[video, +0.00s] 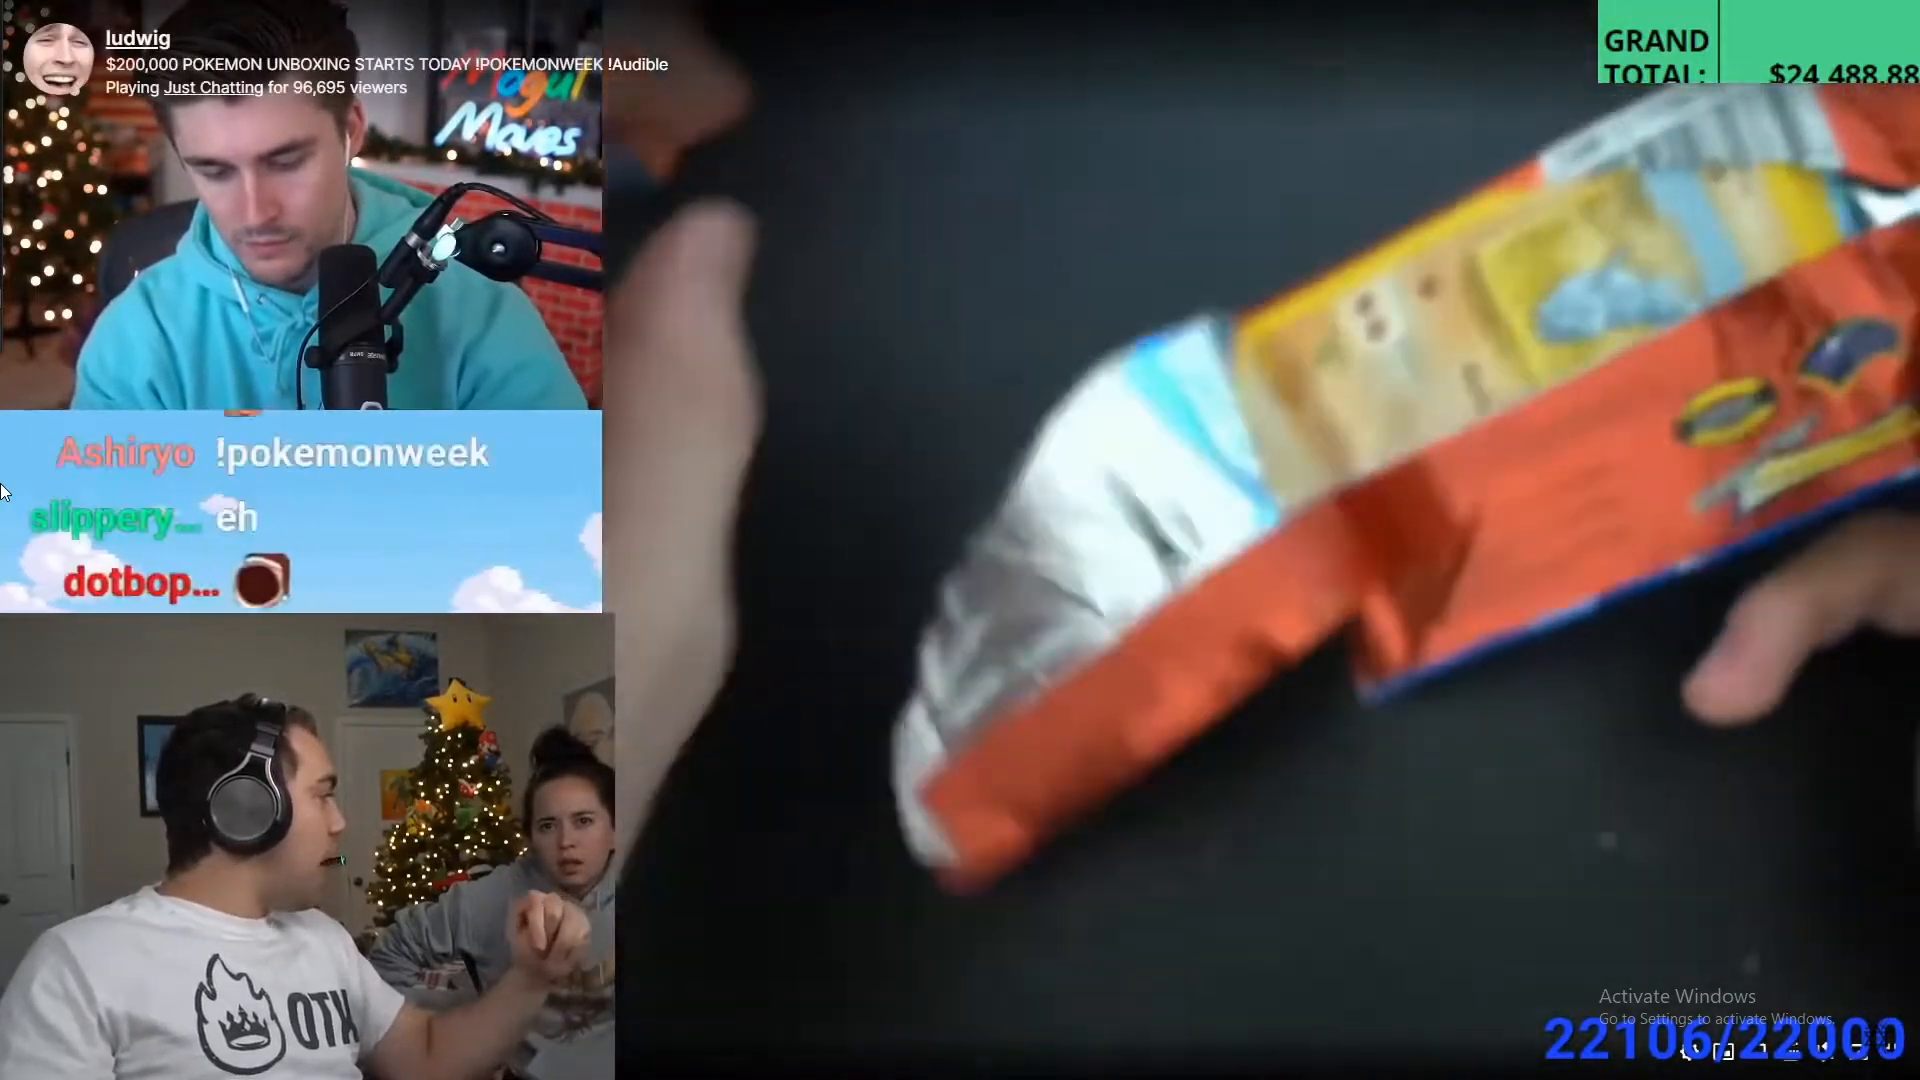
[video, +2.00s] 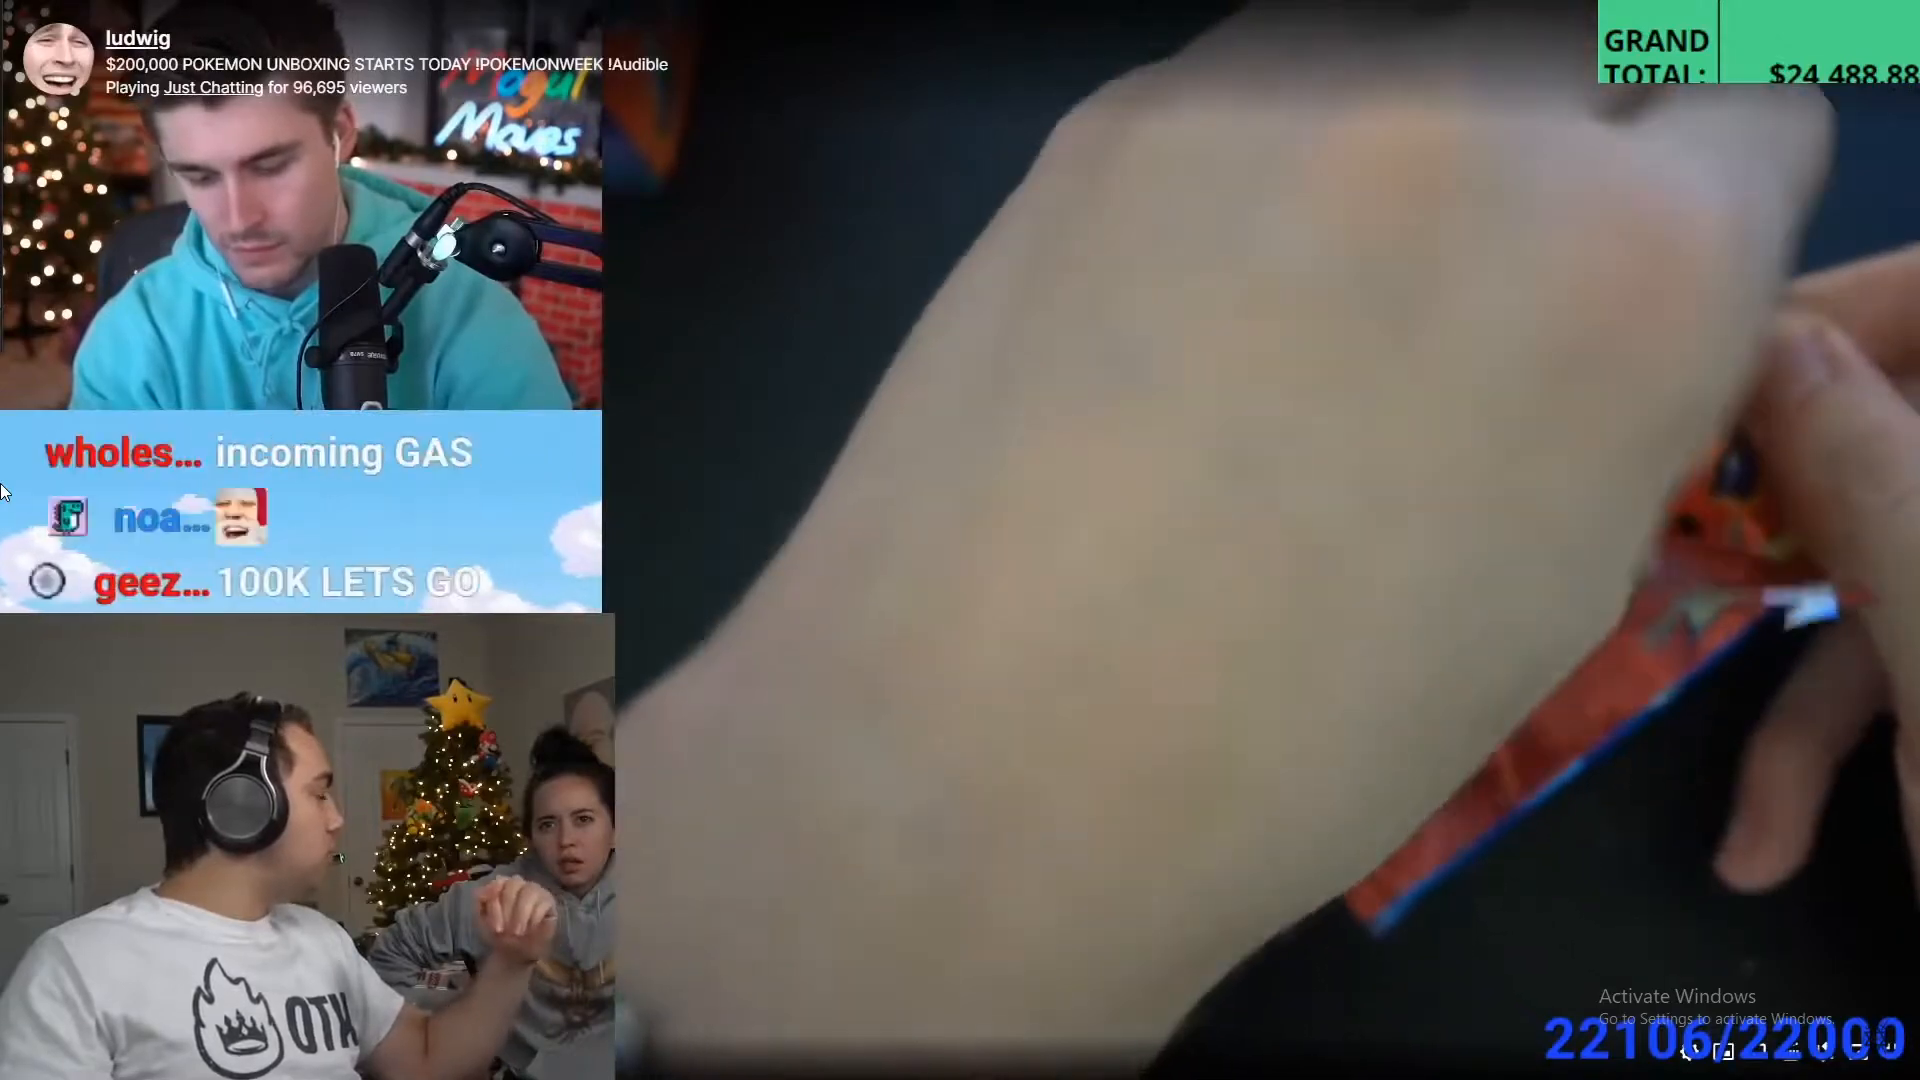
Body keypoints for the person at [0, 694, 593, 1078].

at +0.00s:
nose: (340, 822)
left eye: (334, 796)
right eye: (323, 793)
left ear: (258, 800)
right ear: (243, 802)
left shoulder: (325, 944)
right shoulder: (77, 966)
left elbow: (426, 1054)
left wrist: (529, 978)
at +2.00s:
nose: (340, 818)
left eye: (331, 793)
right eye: (320, 793)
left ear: (255, 803)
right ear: (241, 803)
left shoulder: (323, 943)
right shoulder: (76, 967)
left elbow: (427, 1059)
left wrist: (509, 962)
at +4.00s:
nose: (343, 821)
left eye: (334, 797)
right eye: (324, 798)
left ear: (258, 807)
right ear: (247, 808)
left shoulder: (324, 942)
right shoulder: (75, 968)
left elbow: (425, 1058)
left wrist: (511, 967)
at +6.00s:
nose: (343, 823)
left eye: (335, 798)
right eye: (325, 799)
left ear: (260, 809)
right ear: (249, 810)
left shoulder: (324, 942)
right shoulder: (76, 967)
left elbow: (427, 1059)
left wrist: (512, 969)